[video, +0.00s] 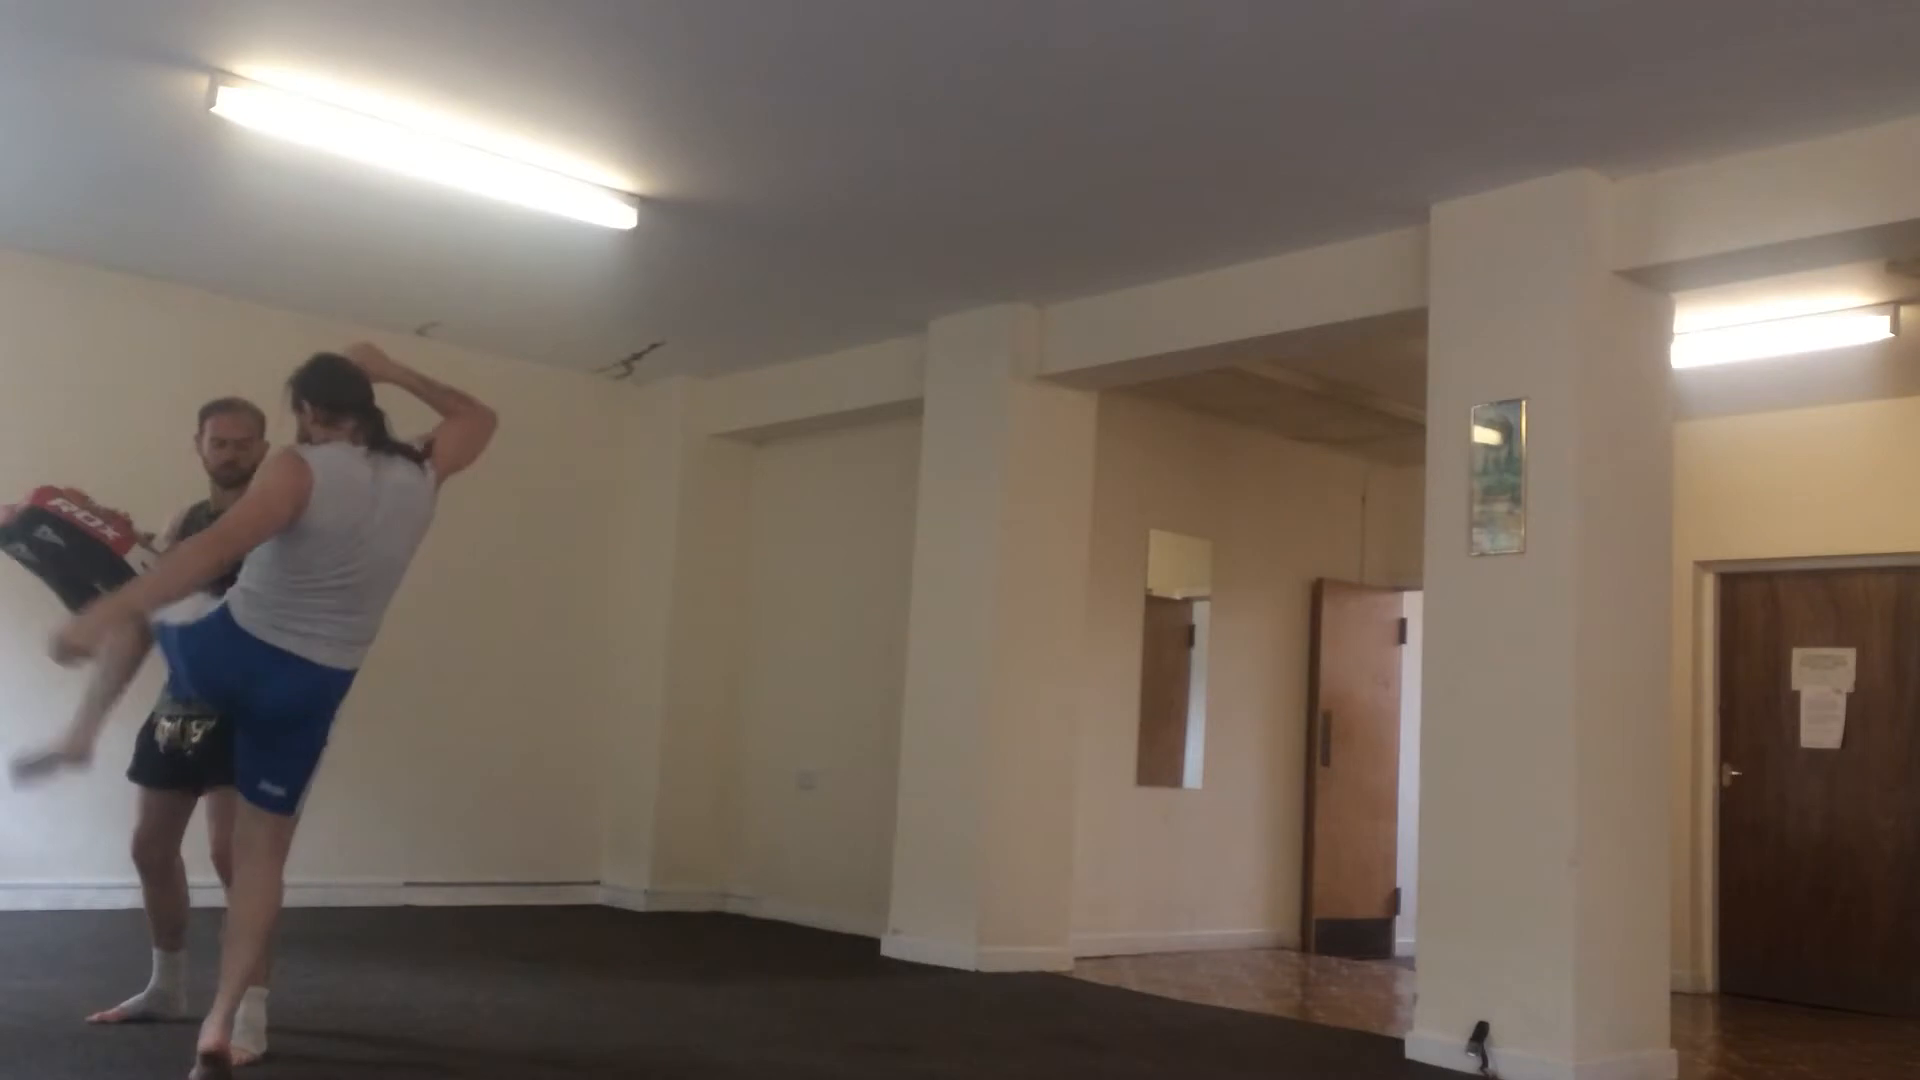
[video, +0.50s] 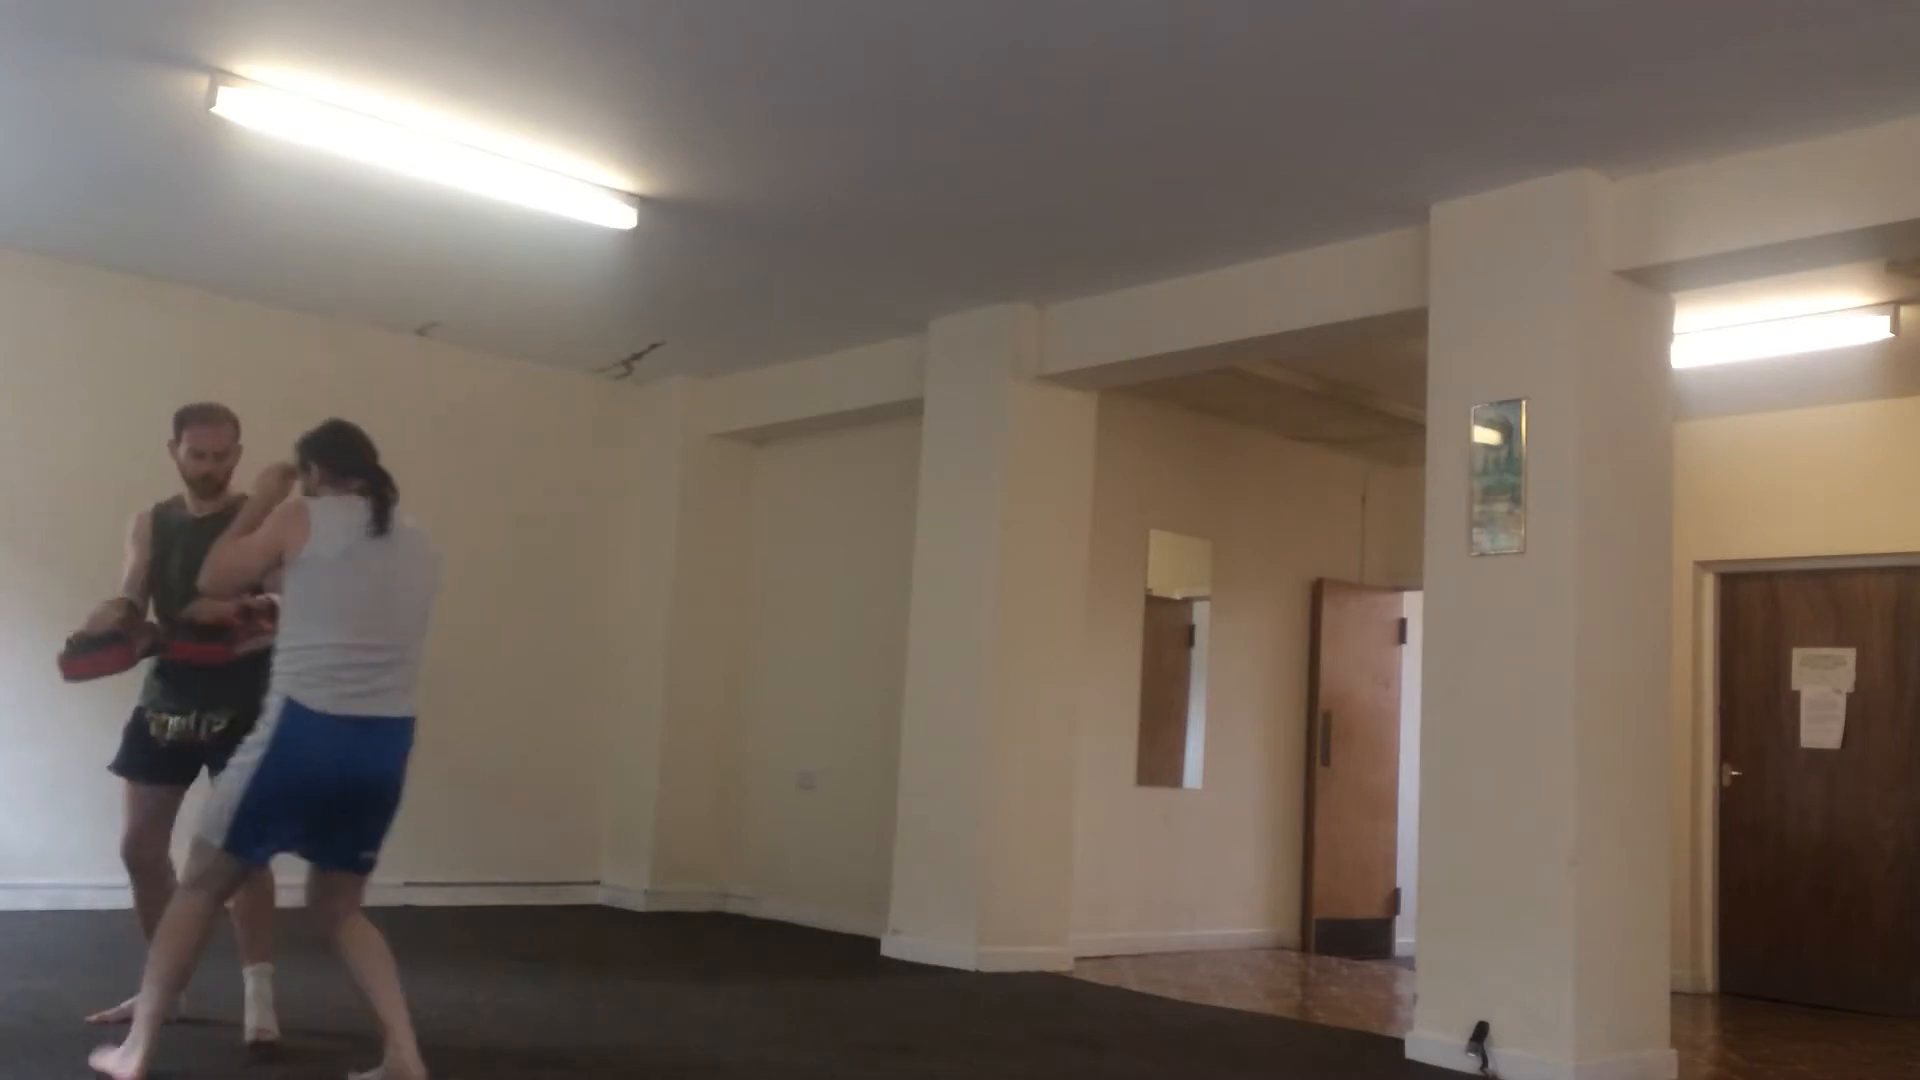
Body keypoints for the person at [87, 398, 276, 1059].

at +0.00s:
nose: (232, 454)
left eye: (245, 443)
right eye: (220, 443)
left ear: (266, 447)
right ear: (200, 449)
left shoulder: (288, 526)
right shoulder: (187, 524)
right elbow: (158, 595)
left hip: (248, 706)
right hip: (184, 700)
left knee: (232, 853)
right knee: (153, 849)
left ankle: (252, 999)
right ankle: (166, 985)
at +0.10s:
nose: (228, 457)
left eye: (240, 446)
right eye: (215, 446)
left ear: (260, 451)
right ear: (194, 453)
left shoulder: (283, 521)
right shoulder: (187, 527)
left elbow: (200, 577)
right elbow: (154, 601)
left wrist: (129, 539)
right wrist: (119, 544)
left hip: (252, 698)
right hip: (188, 694)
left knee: (231, 856)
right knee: (140, 849)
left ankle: (254, 1000)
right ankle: (164, 986)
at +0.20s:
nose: (214, 463)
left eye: (226, 452)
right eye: (203, 452)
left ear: (248, 457)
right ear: (183, 456)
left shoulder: (271, 524)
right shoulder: (179, 528)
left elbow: (273, 615)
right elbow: (156, 598)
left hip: (242, 701)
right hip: (175, 694)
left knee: (227, 855)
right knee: (125, 851)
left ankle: (252, 1004)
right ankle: (162, 986)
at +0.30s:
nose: (205, 467)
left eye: (217, 455)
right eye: (192, 454)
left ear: (235, 460)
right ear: (169, 457)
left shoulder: (254, 536)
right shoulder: (153, 536)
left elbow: (280, 614)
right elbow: (132, 632)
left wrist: (220, 613)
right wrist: (108, 601)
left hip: (236, 717)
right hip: (164, 710)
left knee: (240, 862)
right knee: (118, 855)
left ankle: (246, 996)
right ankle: (157, 986)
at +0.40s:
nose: (201, 464)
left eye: (213, 453)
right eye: (189, 452)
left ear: (231, 456)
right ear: (166, 456)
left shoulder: (255, 527)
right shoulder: (152, 527)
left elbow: (283, 612)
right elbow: (142, 601)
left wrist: (236, 623)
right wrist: (112, 616)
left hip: (237, 709)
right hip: (166, 704)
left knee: (245, 858)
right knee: (126, 852)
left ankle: (249, 1005)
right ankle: (158, 986)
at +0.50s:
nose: (208, 467)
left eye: (220, 456)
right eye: (197, 455)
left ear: (239, 454)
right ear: (174, 454)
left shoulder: (262, 519)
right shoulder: (154, 522)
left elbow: (287, 602)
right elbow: (131, 605)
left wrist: (247, 617)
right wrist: (111, 620)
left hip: (244, 702)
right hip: (170, 698)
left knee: (244, 852)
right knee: (141, 848)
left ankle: (259, 998)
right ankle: (163, 983)